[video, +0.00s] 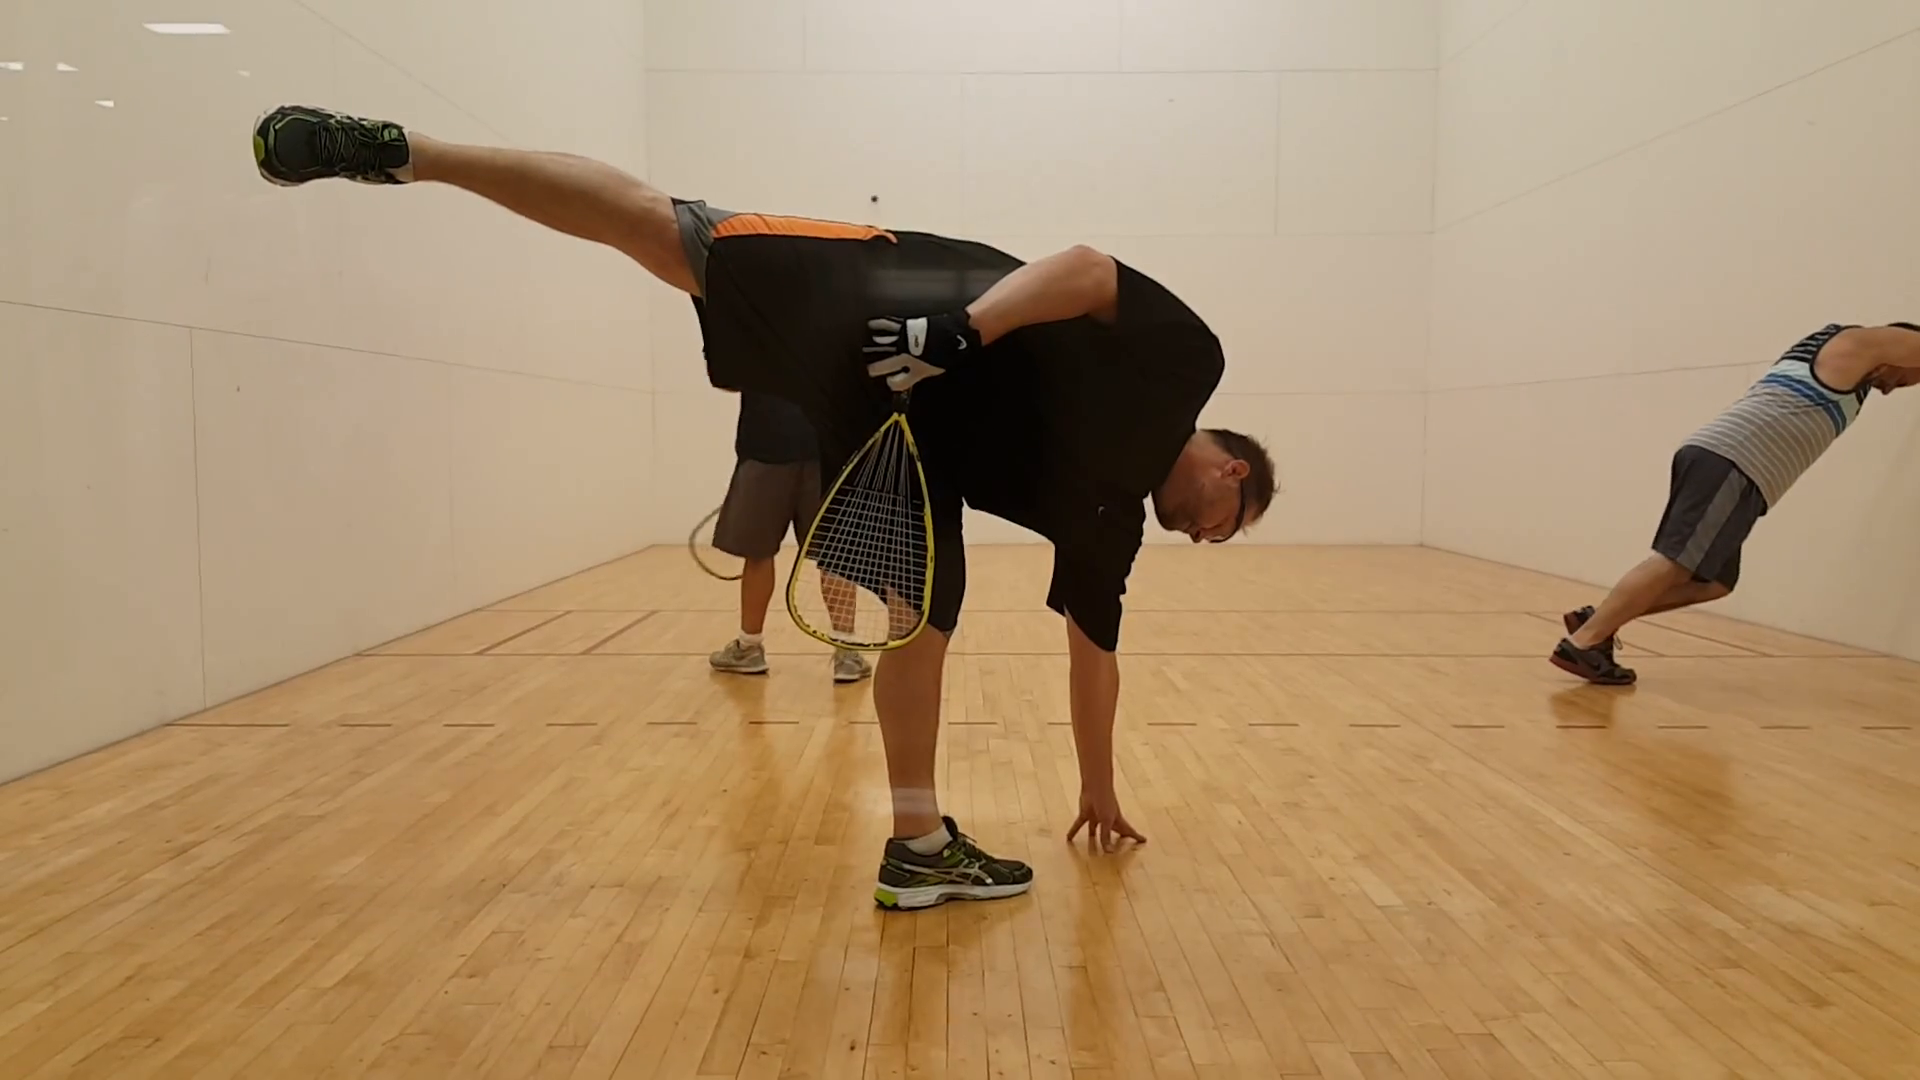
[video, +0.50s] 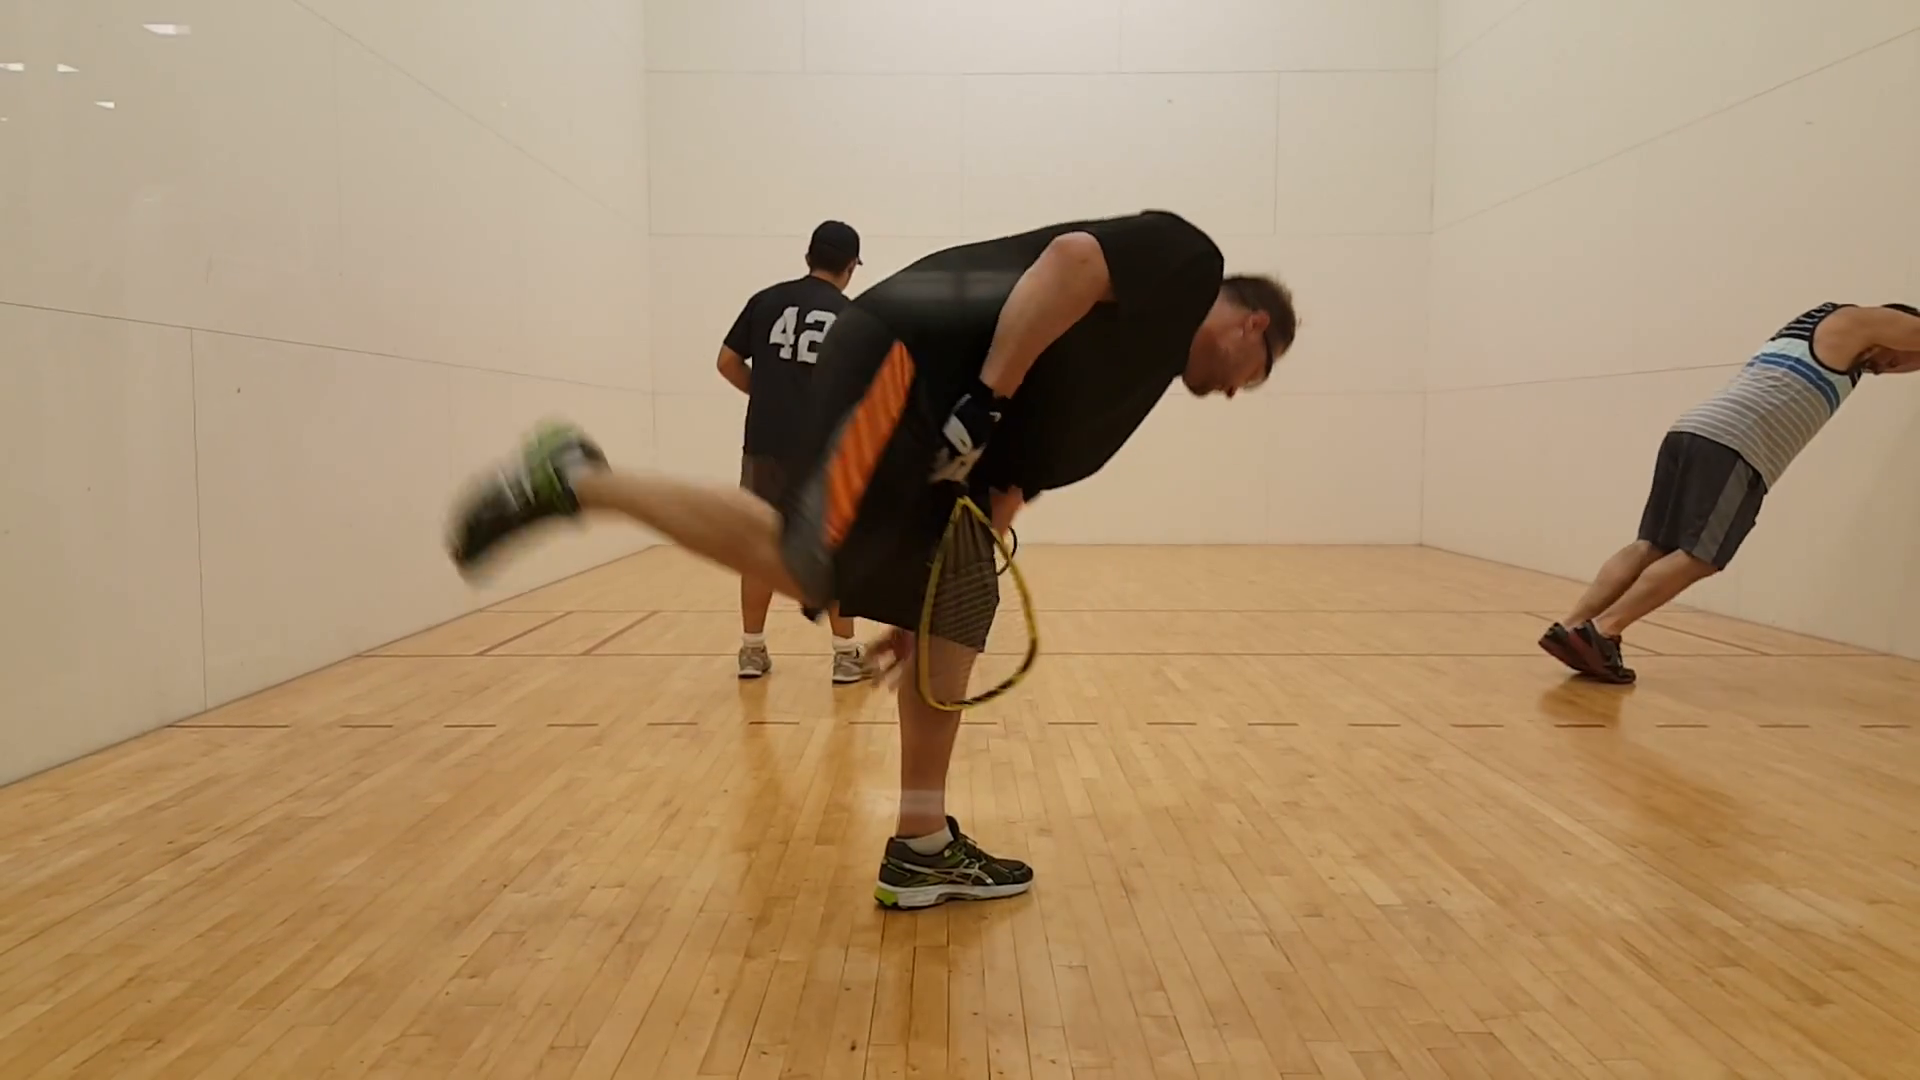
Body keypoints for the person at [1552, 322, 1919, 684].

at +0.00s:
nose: (1901, 386)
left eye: (1908, 380)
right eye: (1908, 375)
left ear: (1893, 357)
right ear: (1895, 355)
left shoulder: (1834, 362)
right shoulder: (1852, 347)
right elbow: (1919, 346)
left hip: (1734, 473)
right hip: (1729, 465)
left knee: (1715, 581)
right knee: (1677, 561)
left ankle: (1598, 618)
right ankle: (1586, 643)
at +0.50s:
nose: (1894, 367)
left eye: (1903, 363)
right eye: (1901, 357)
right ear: (1892, 333)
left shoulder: (1811, 327)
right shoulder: (1852, 323)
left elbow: (1902, 363)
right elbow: (1919, 342)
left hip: (1690, 433)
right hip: (1733, 449)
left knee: (1654, 542)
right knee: (1700, 556)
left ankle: (1573, 627)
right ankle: (1603, 632)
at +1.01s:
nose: (1890, 384)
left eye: (1899, 377)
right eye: (1899, 372)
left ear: (1882, 345)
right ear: (1887, 348)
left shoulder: (1807, 337)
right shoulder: (1851, 347)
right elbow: (1917, 348)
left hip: (1679, 443)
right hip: (1729, 470)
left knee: (1629, 546)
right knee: (1726, 576)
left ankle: (1562, 636)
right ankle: (1618, 627)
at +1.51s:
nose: (1896, 377)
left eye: (1905, 371)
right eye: (1904, 366)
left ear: (1890, 343)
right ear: (1893, 342)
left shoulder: (1828, 343)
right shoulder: (1849, 332)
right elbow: (1919, 337)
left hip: (1721, 453)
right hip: (1729, 455)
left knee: (1686, 567)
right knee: (1667, 548)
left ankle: (1581, 624)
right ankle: (1583, 635)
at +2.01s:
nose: (1900, 375)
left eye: (1908, 368)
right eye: (1907, 363)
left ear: (1891, 340)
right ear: (1895, 337)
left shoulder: (1825, 343)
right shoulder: (1851, 334)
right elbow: (1917, 336)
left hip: (1738, 464)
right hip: (1734, 459)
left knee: (1698, 570)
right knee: (1672, 552)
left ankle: (1587, 620)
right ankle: (1583, 637)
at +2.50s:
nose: (1898, 315)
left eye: (1899, 307)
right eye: (1892, 303)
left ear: (1849, 306)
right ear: (1851, 298)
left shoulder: (1810, 333)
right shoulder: (1847, 334)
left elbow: (1909, 356)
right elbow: (1917, 343)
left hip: (1676, 439)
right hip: (1716, 456)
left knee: (1634, 543)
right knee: (1710, 563)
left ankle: (1564, 633)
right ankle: (1607, 628)